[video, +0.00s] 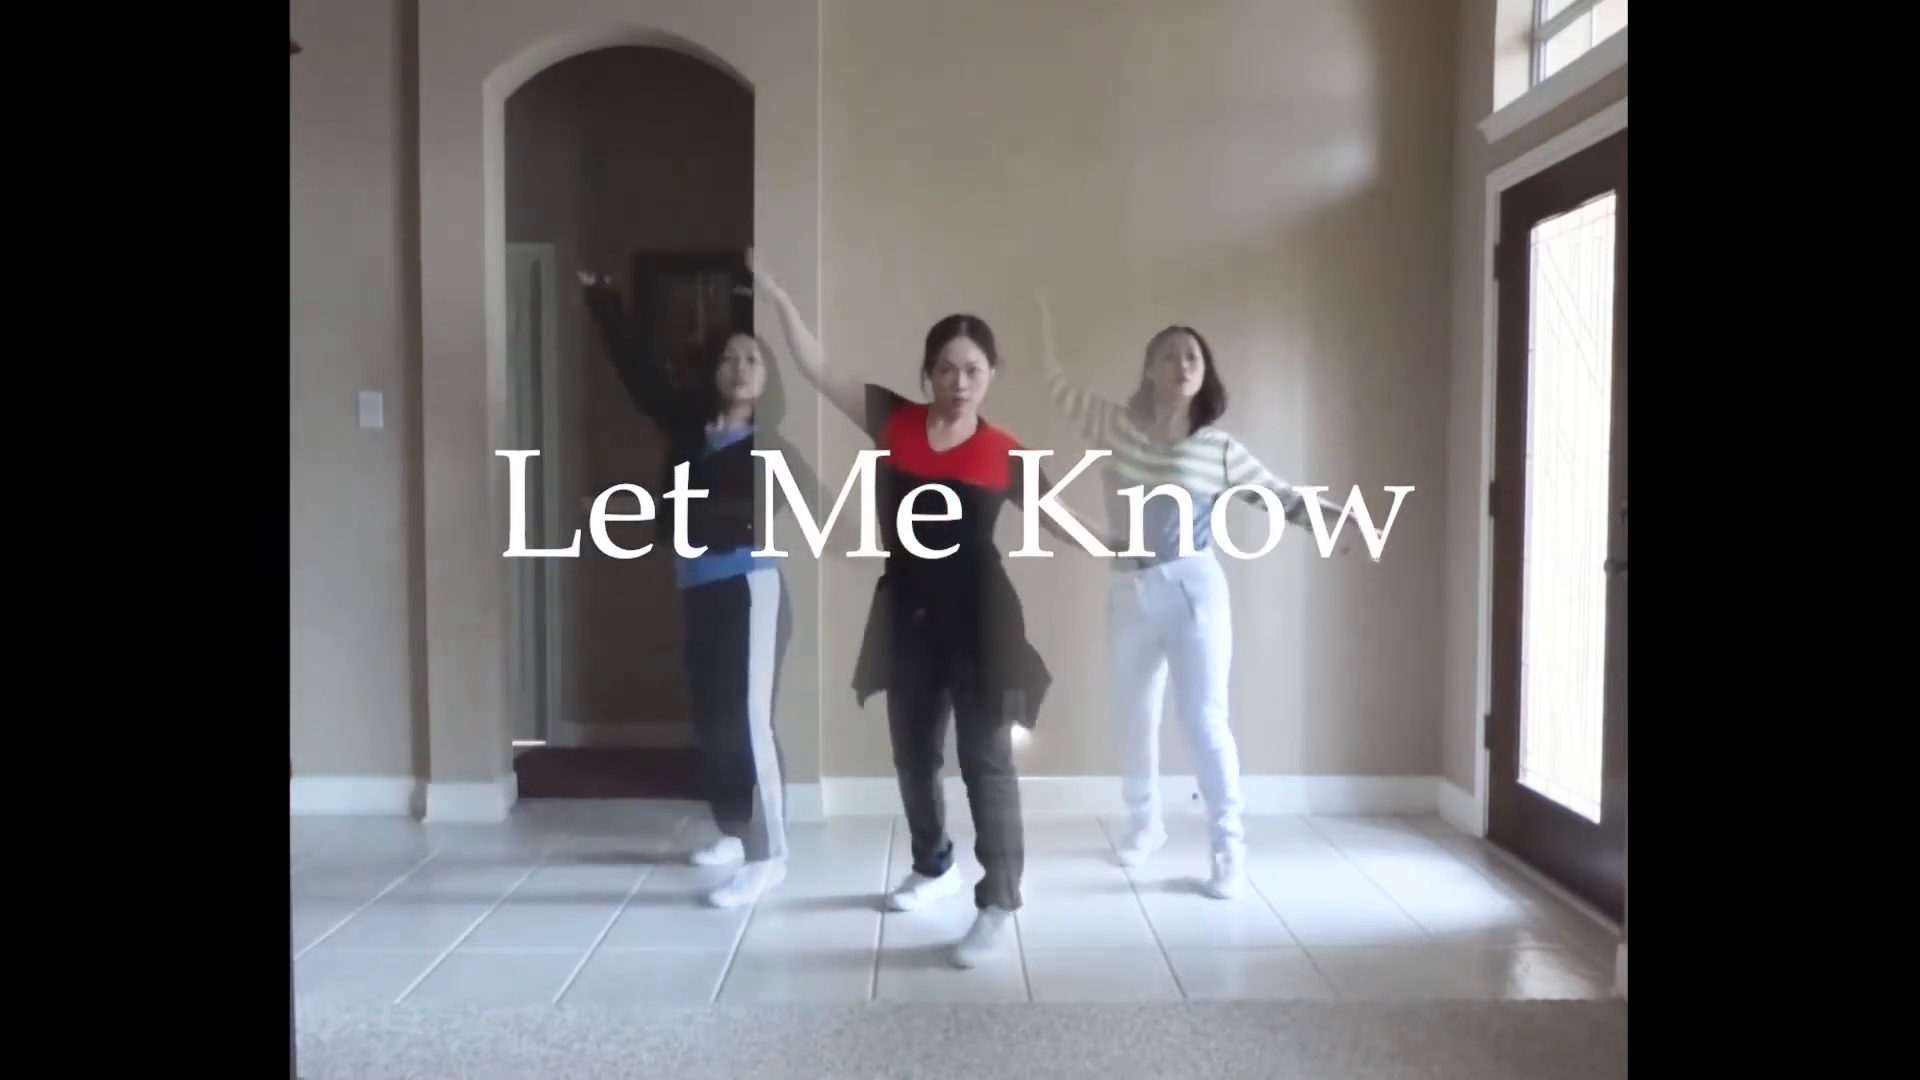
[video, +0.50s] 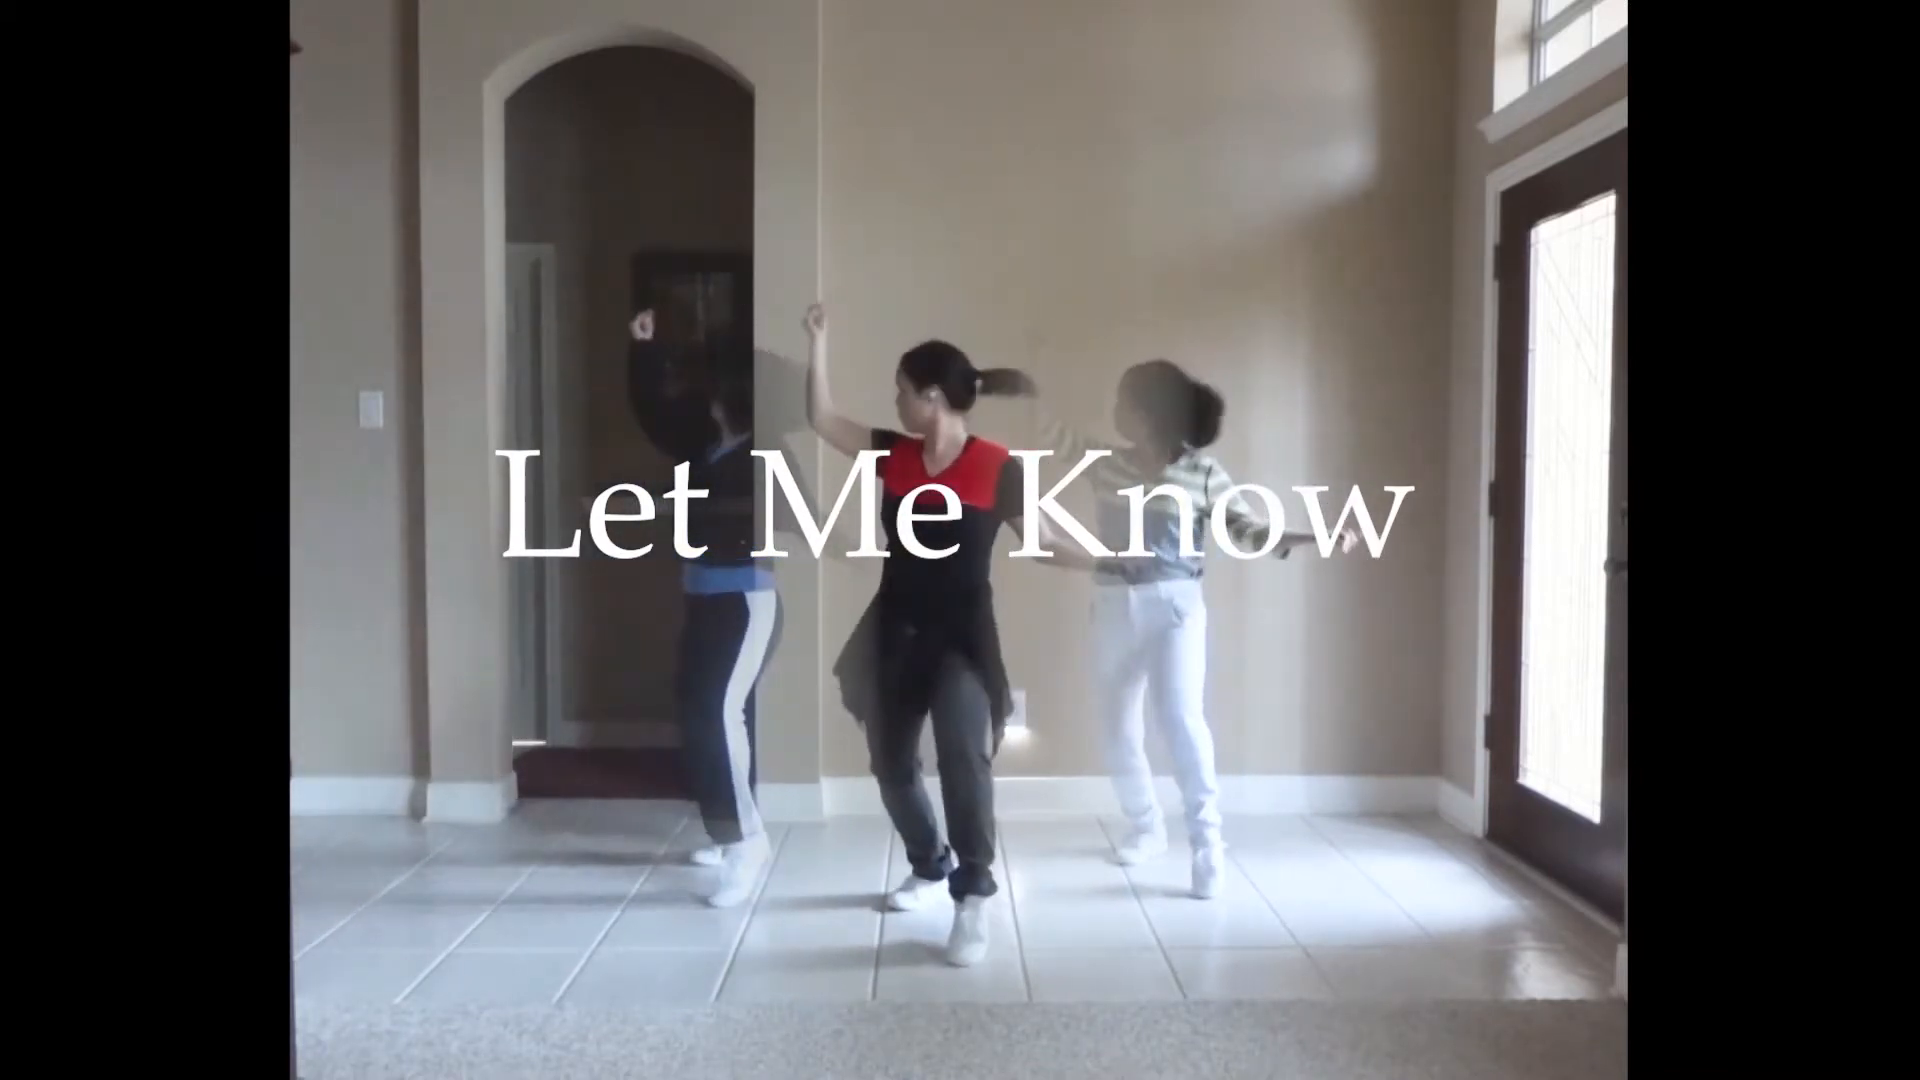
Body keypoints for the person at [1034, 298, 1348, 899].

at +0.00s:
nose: (1182, 365)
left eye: (1192, 357)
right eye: (1170, 356)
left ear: (1205, 375)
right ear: (1148, 369)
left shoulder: (1218, 446)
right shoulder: (1116, 428)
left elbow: (1275, 492)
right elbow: (1060, 390)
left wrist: (1326, 517)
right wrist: (1039, 333)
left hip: (1196, 591)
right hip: (1131, 595)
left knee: (1205, 719)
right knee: (1133, 715)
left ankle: (1227, 842)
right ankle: (1145, 824)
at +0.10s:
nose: (1176, 376)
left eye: (1186, 369)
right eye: (1164, 366)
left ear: (1198, 385)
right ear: (1141, 377)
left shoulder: (1212, 455)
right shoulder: (1110, 435)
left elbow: (1267, 505)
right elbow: (1054, 399)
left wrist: (1330, 517)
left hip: (1188, 590)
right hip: (1126, 595)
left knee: (1203, 723)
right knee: (1131, 722)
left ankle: (1234, 842)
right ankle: (1144, 828)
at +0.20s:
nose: (1171, 388)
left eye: (1181, 380)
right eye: (1160, 378)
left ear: (1193, 395)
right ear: (1137, 387)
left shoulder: (1205, 460)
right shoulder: (1105, 443)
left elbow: (1255, 507)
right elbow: (1048, 405)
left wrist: (1311, 512)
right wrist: (1049, 344)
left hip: (1184, 594)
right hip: (1121, 600)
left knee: (1192, 719)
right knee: (1130, 724)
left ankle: (1230, 838)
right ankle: (1147, 830)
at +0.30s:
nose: (1160, 395)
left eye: (1171, 387)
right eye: (1151, 385)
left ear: (1186, 400)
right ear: (1132, 393)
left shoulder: (1202, 466)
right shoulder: (1101, 453)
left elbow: (1255, 514)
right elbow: (1043, 410)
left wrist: (1313, 516)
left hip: (1183, 600)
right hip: (1121, 604)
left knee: (1184, 712)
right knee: (1127, 723)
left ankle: (1215, 838)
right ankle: (1145, 829)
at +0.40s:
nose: (1122, 408)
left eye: (1132, 400)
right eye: (1123, 400)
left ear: (1166, 412)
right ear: (1128, 410)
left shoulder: (1203, 472)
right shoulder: (1105, 467)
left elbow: (1244, 521)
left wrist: (1281, 531)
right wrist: (1055, 451)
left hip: (1180, 608)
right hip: (1119, 611)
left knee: (1182, 717)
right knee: (1121, 725)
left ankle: (1205, 838)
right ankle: (1143, 825)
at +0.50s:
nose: (1116, 408)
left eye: (1125, 401)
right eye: (1118, 400)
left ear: (1149, 412)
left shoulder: (1203, 475)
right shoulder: (1107, 466)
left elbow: (1242, 529)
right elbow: (1063, 442)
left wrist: (1297, 539)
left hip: (1175, 606)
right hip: (1115, 607)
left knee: (1182, 717)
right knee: (1119, 724)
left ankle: (1206, 840)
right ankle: (1144, 827)